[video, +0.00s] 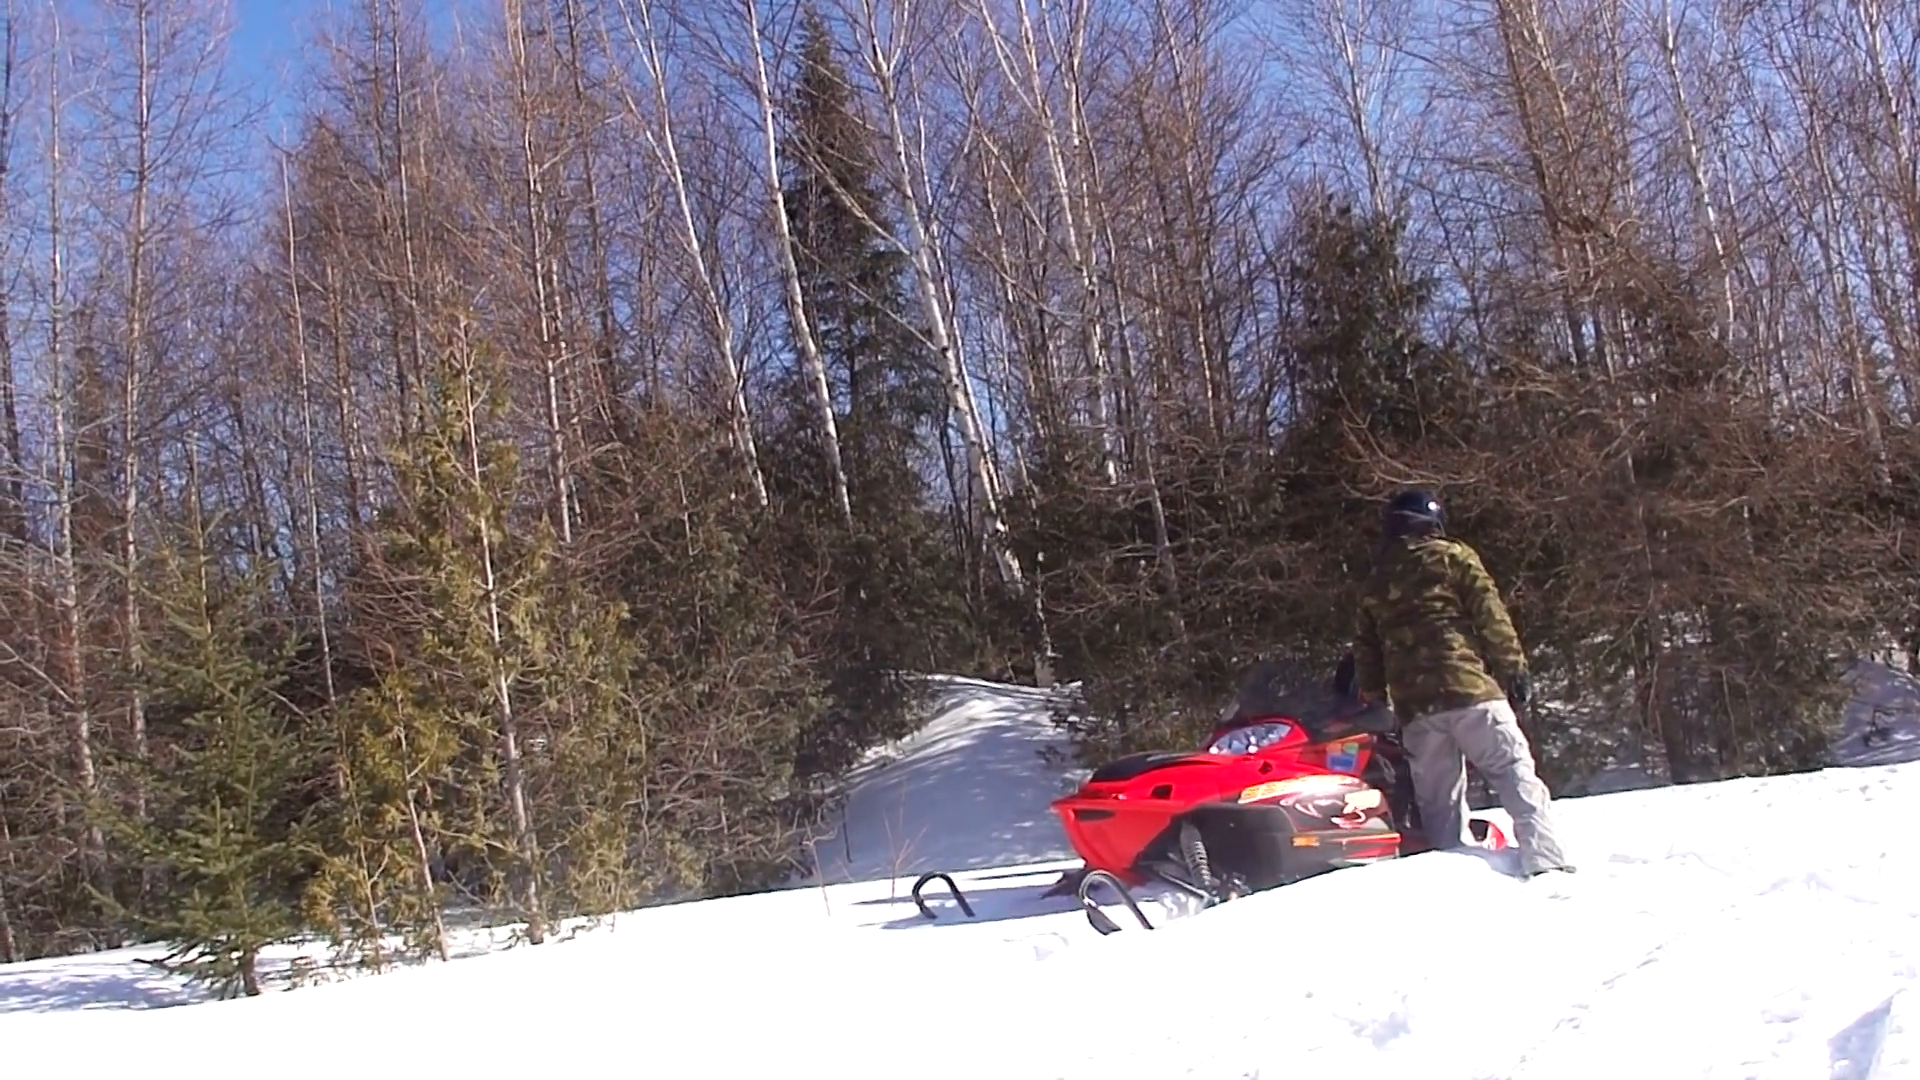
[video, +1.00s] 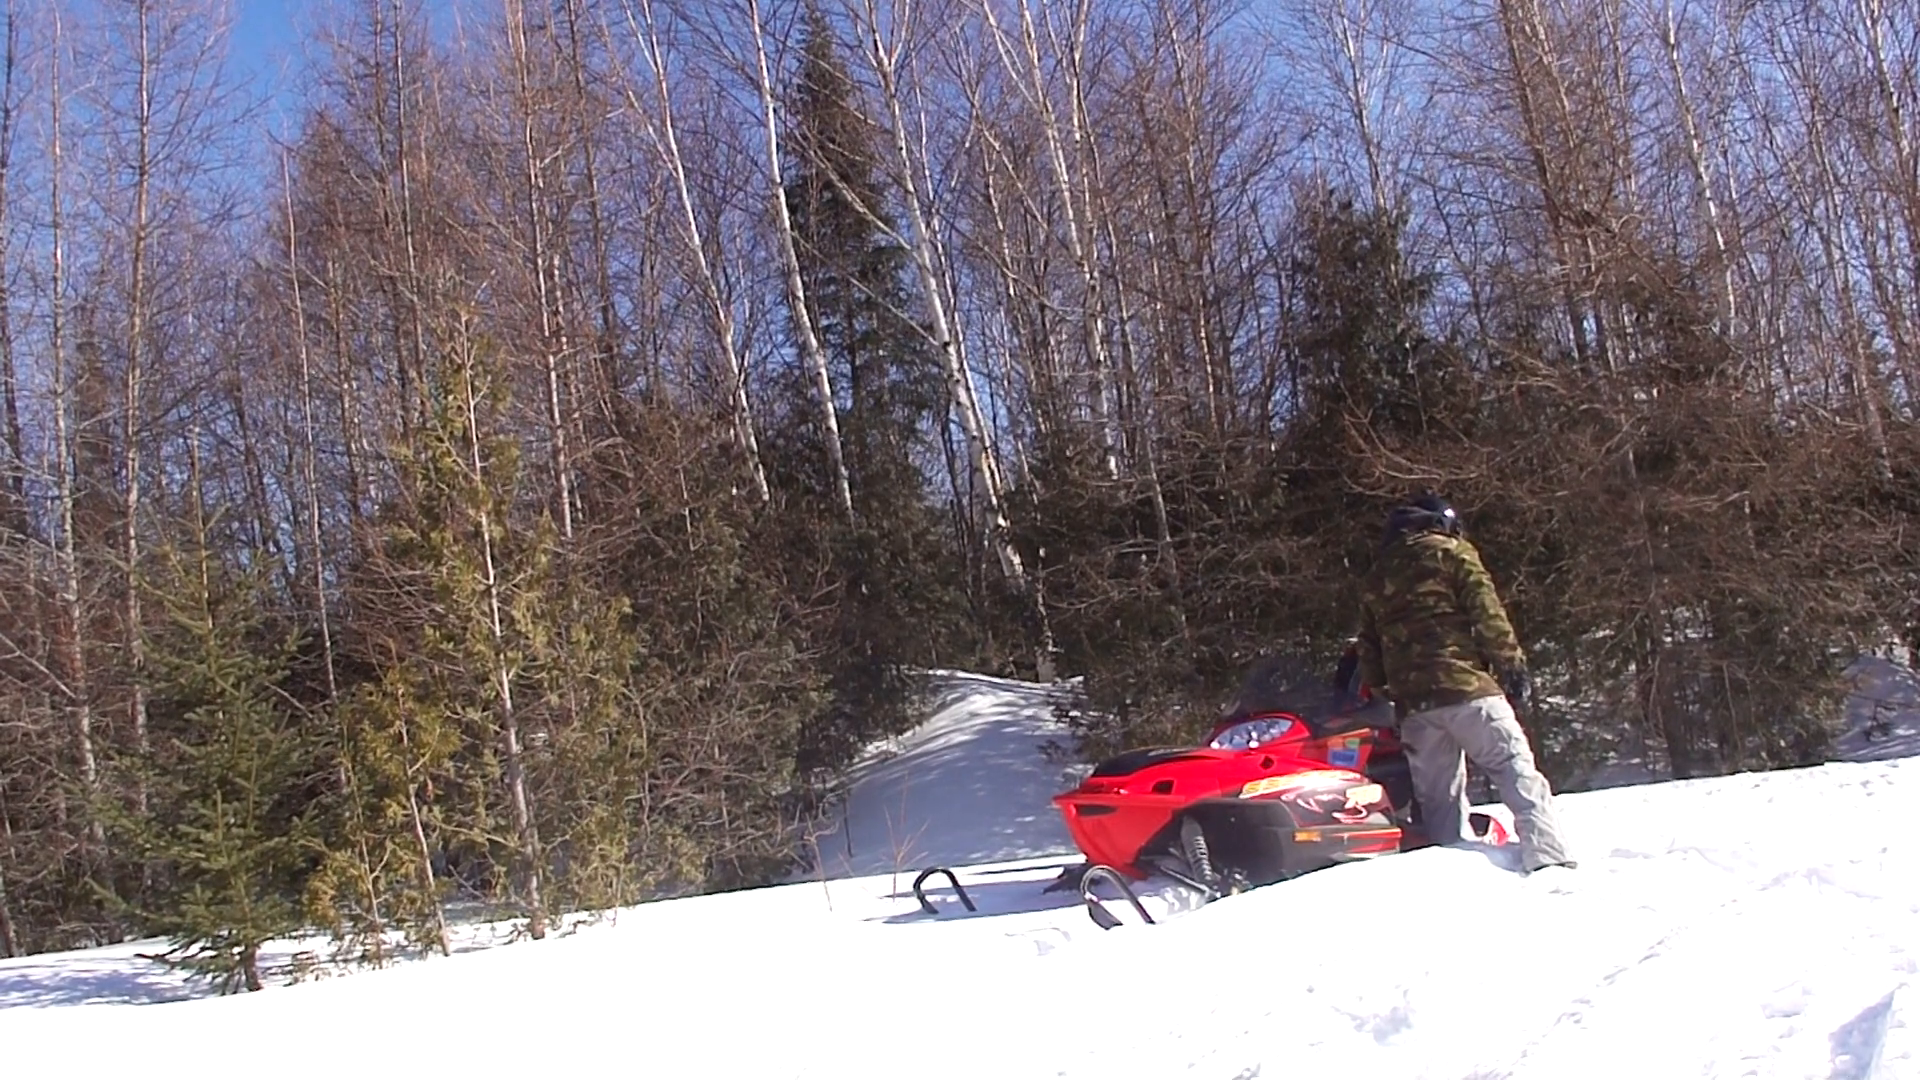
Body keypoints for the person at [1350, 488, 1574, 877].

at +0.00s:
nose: (1443, 526)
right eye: (1439, 519)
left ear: (1391, 525)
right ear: (1433, 521)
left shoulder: (1376, 577)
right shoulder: (1453, 554)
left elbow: (1367, 644)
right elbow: (1488, 612)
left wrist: (1373, 691)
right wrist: (1513, 667)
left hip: (1413, 701)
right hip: (1468, 689)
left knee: (1438, 800)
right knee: (1512, 768)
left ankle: (1450, 879)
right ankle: (1543, 858)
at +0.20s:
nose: (1443, 524)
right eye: (1440, 517)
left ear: (1392, 523)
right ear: (1433, 519)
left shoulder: (1376, 576)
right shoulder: (1454, 553)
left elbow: (1368, 643)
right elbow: (1489, 610)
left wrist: (1373, 690)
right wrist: (1515, 665)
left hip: (1414, 700)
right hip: (1469, 687)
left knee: (1439, 798)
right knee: (1513, 766)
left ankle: (1452, 878)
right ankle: (1545, 857)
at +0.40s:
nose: (1442, 522)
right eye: (1438, 516)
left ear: (1391, 523)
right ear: (1432, 518)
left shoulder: (1375, 576)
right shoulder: (1452, 551)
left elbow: (1369, 644)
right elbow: (1487, 608)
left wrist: (1376, 689)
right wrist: (1513, 663)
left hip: (1414, 702)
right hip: (1470, 688)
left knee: (1439, 801)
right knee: (1514, 766)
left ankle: (1451, 879)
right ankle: (1545, 855)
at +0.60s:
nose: (1452, 528)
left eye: (1450, 522)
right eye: (1448, 522)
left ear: (1397, 526)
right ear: (1436, 520)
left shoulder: (1376, 574)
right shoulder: (1452, 551)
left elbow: (1366, 643)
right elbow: (1486, 607)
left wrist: (1377, 689)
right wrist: (1513, 661)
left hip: (1412, 700)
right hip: (1467, 686)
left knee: (1438, 801)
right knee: (1513, 763)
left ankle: (1450, 878)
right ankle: (1545, 856)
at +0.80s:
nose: (1455, 530)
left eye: (1453, 524)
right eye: (1451, 524)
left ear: (1399, 526)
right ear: (1438, 521)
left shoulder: (1375, 574)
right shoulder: (1452, 552)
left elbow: (1368, 645)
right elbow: (1485, 610)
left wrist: (1380, 686)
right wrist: (1511, 663)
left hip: (1412, 700)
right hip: (1466, 688)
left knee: (1438, 802)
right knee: (1512, 764)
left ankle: (1450, 879)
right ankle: (1546, 857)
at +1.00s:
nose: (1457, 530)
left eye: (1455, 524)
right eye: (1453, 524)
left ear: (1402, 525)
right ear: (1441, 521)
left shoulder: (1378, 572)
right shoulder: (1453, 551)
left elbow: (1369, 642)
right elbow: (1486, 613)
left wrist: (1381, 686)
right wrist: (1513, 667)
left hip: (1412, 698)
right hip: (1465, 687)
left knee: (1437, 798)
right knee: (1512, 763)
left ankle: (1446, 877)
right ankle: (1546, 856)